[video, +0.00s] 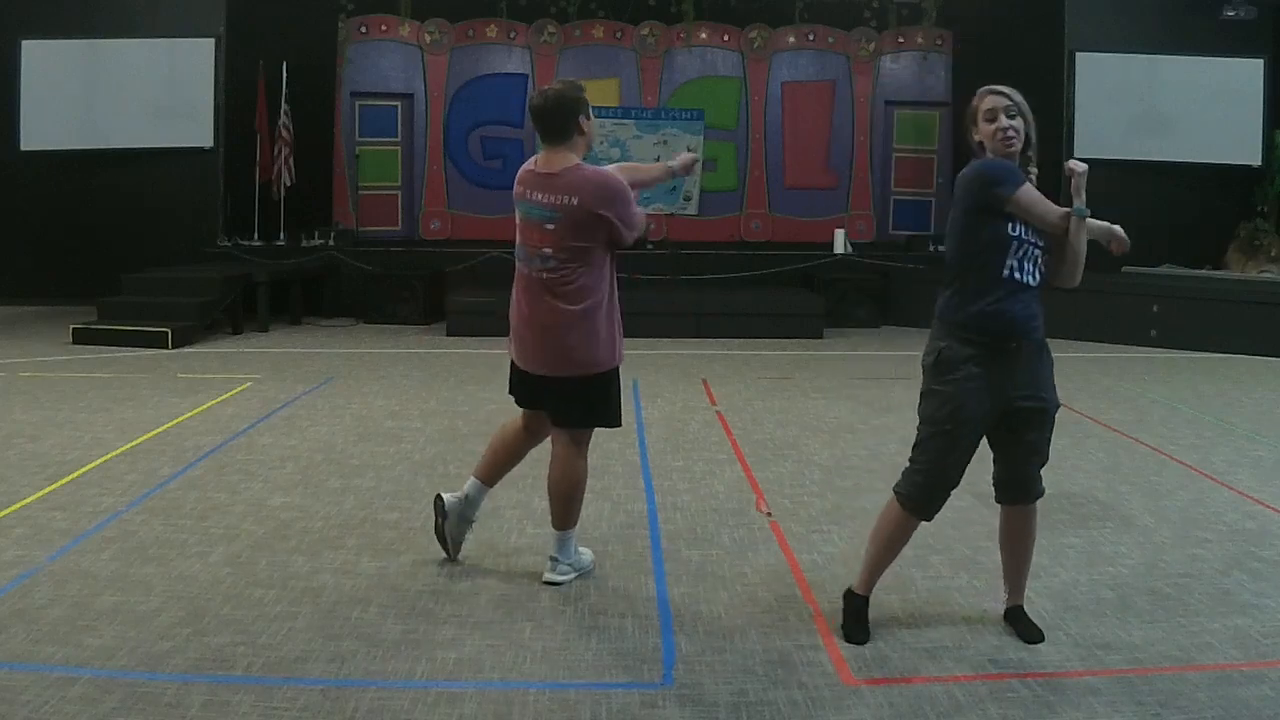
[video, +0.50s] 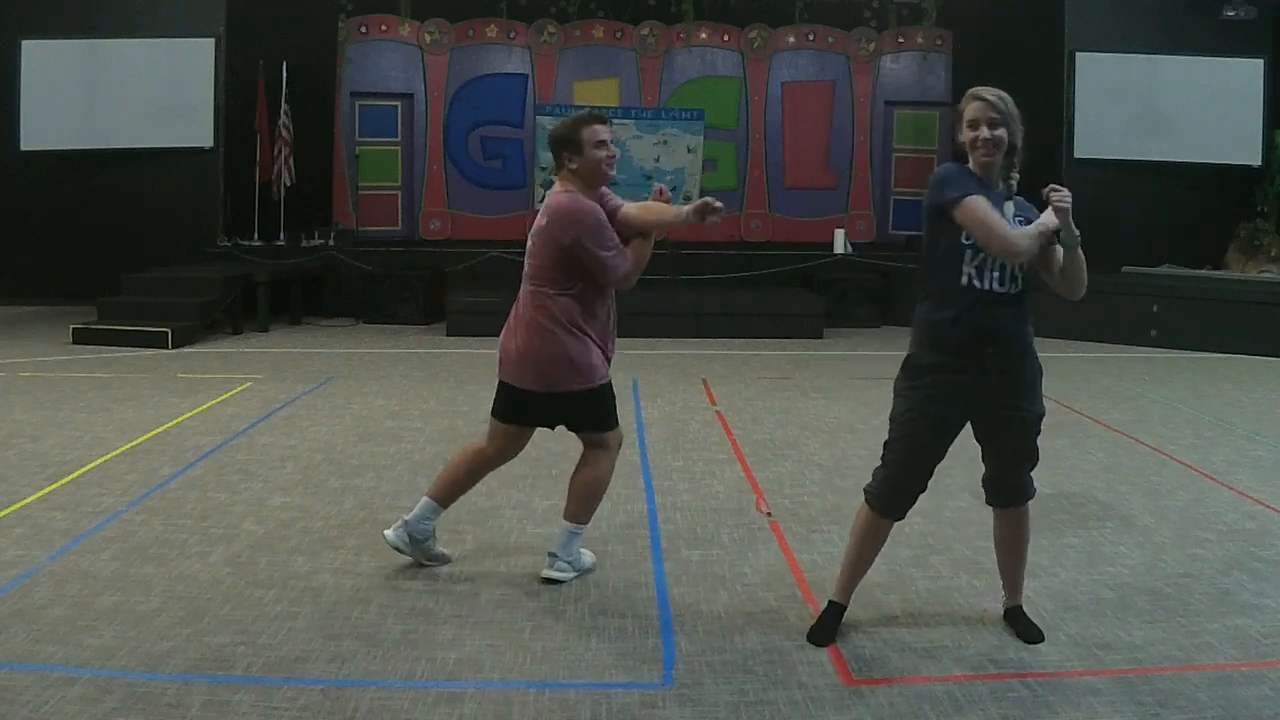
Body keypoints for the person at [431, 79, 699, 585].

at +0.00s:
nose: (594, 122)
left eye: (590, 114)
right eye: (591, 116)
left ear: (540, 126)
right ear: (583, 124)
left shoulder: (526, 176)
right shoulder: (604, 185)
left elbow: (610, 173)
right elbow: (636, 231)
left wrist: (671, 167)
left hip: (528, 333)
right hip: (582, 341)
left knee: (533, 422)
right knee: (572, 442)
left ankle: (464, 503)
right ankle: (565, 554)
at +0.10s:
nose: (600, 121)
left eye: (595, 113)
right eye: (595, 114)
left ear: (549, 127)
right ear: (582, 122)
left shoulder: (534, 172)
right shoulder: (603, 184)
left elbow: (626, 170)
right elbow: (639, 228)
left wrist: (696, 164)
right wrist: (617, 178)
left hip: (526, 330)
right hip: (579, 340)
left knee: (528, 419)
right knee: (570, 445)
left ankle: (457, 502)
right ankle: (564, 554)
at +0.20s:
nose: (604, 118)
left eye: (599, 110)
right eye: (598, 111)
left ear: (557, 126)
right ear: (582, 122)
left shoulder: (542, 168)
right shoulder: (604, 185)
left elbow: (638, 167)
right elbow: (639, 227)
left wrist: (707, 162)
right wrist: (648, 205)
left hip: (525, 327)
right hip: (576, 339)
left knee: (518, 417)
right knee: (572, 444)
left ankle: (447, 503)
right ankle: (564, 553)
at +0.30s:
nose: (607, 119)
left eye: (601, 111)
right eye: (599, 113)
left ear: (565, 130)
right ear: (580, 126)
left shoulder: (550, 172)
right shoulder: (599, 189)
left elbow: (643, 174)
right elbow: (638, 238)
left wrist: (712, 168)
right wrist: (650, 205)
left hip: (523, 327)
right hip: (574, 339)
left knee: (509, 420)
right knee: (582, 440)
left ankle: (434, 507)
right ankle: (566, 553)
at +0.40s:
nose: (613, 133)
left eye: (609, 125)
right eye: (604, 127)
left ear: (574, 144)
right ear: (580, 143)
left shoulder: (559, 183)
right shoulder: (592, 197)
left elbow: (641, 195)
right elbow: (633, 255)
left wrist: (708, 190)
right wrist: (655, 212)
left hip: (522, 338)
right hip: (570, 346)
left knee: (502, 432)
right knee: (594, 441)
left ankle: (422, 515)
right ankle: (566, 553)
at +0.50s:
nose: (611, 153)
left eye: (610, 145)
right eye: (600, 146)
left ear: (584, 159)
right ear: (570, 159)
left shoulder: (578, 194)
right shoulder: (580, 210)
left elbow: (629, 214)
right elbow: (623, 276)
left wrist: (684, 212)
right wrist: (649, 228)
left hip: (522, 348)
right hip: (567, 354)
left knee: (499, 446)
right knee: (603, 444)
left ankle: (415, 527)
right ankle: (566, 553)